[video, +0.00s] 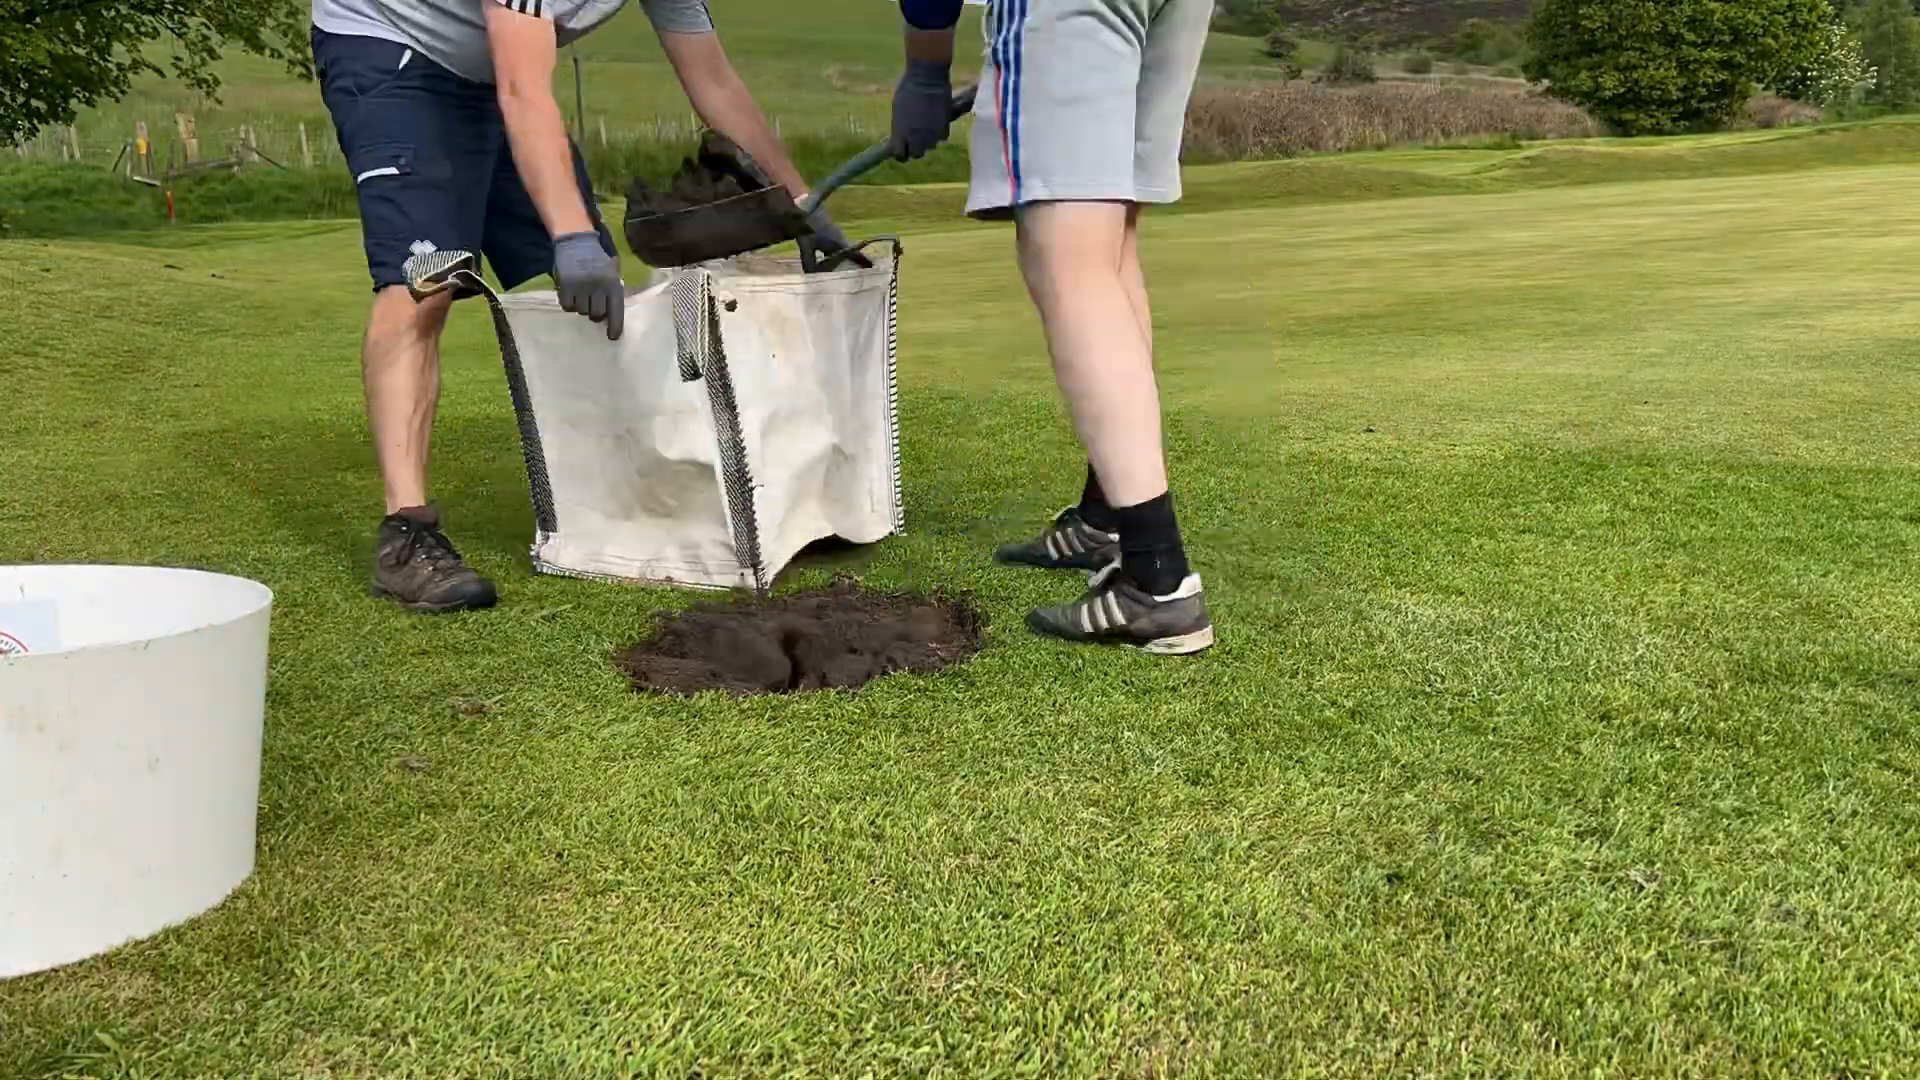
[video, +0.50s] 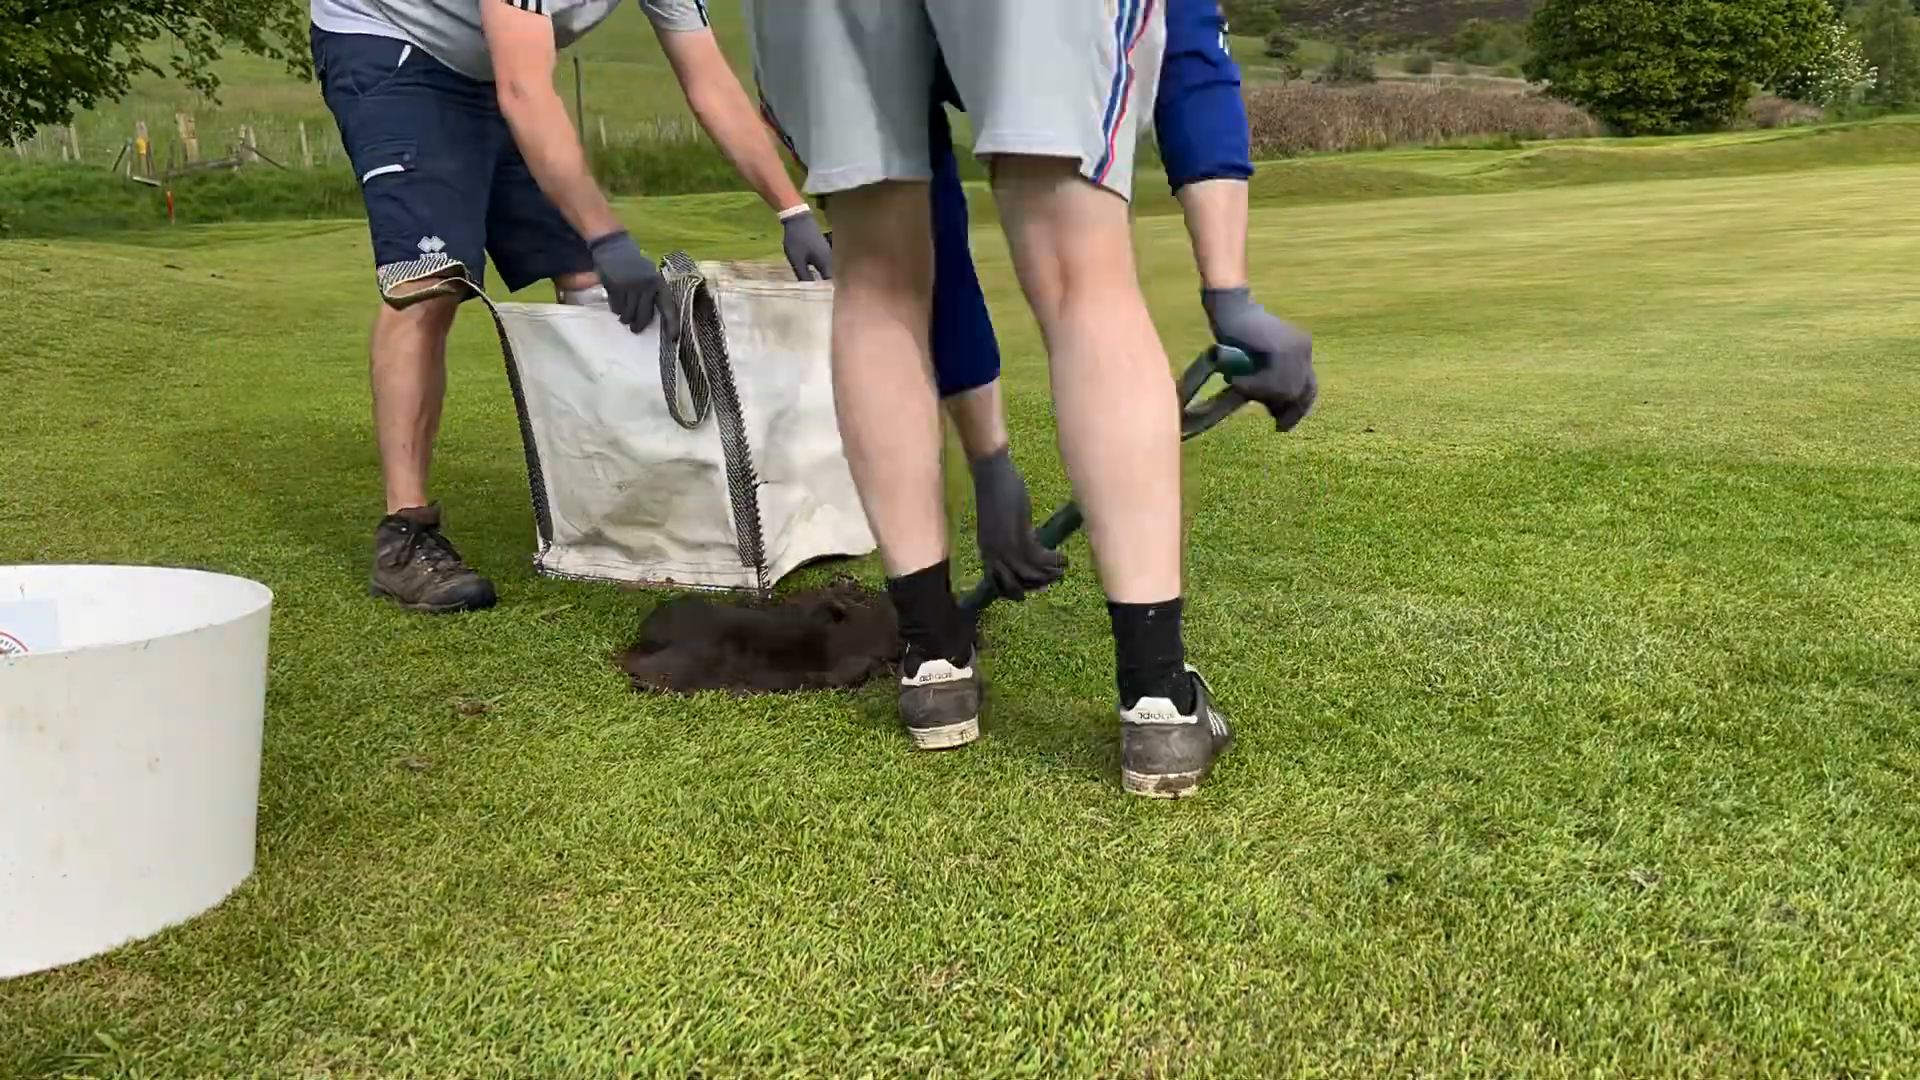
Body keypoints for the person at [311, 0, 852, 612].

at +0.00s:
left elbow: (714, 79)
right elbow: (523, 89)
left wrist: (805, 208)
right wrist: (575, 237)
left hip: (500, 62)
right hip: (389, 40)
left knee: (584, 271)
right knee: (423, 280)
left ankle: (615, 500)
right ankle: (407, 532)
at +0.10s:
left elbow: (715, 86)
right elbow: (523, 90)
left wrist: (796, 214)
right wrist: (608, 234)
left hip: (502, 61)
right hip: (396, 37)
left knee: (596, 271)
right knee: (425, 277)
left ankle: (632, 500)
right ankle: (406, 532)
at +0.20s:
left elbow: (736, 76)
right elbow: (550, 96)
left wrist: (830, 205)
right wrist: (637, 237)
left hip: (514, 60)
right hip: (399, 39)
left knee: (602, 269)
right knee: (423, 280)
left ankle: (639, 504)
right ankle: (407, 533)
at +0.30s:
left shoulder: (663, 2)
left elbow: (730, 82)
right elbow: (526, 96)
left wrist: (830, 195)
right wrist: (629, 231)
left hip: (500, 61)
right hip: (386, 44)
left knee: (599, 267)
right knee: (410, 282)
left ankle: (618, 497)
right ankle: (406, 533)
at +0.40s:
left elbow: (711, 82)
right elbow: (525, 86)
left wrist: (786, 167)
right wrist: (610, 230)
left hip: (497, 57)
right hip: (388, 35)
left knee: (589, 268)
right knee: (426, 277)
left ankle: (630, 502)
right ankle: (409, 535)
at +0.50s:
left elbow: (713, 83)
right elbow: (524, 92)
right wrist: (608, 239)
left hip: (501, 60)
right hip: (390, 37)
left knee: (587, 272)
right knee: (428, 277)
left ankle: (625, 507)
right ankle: (407, 535)